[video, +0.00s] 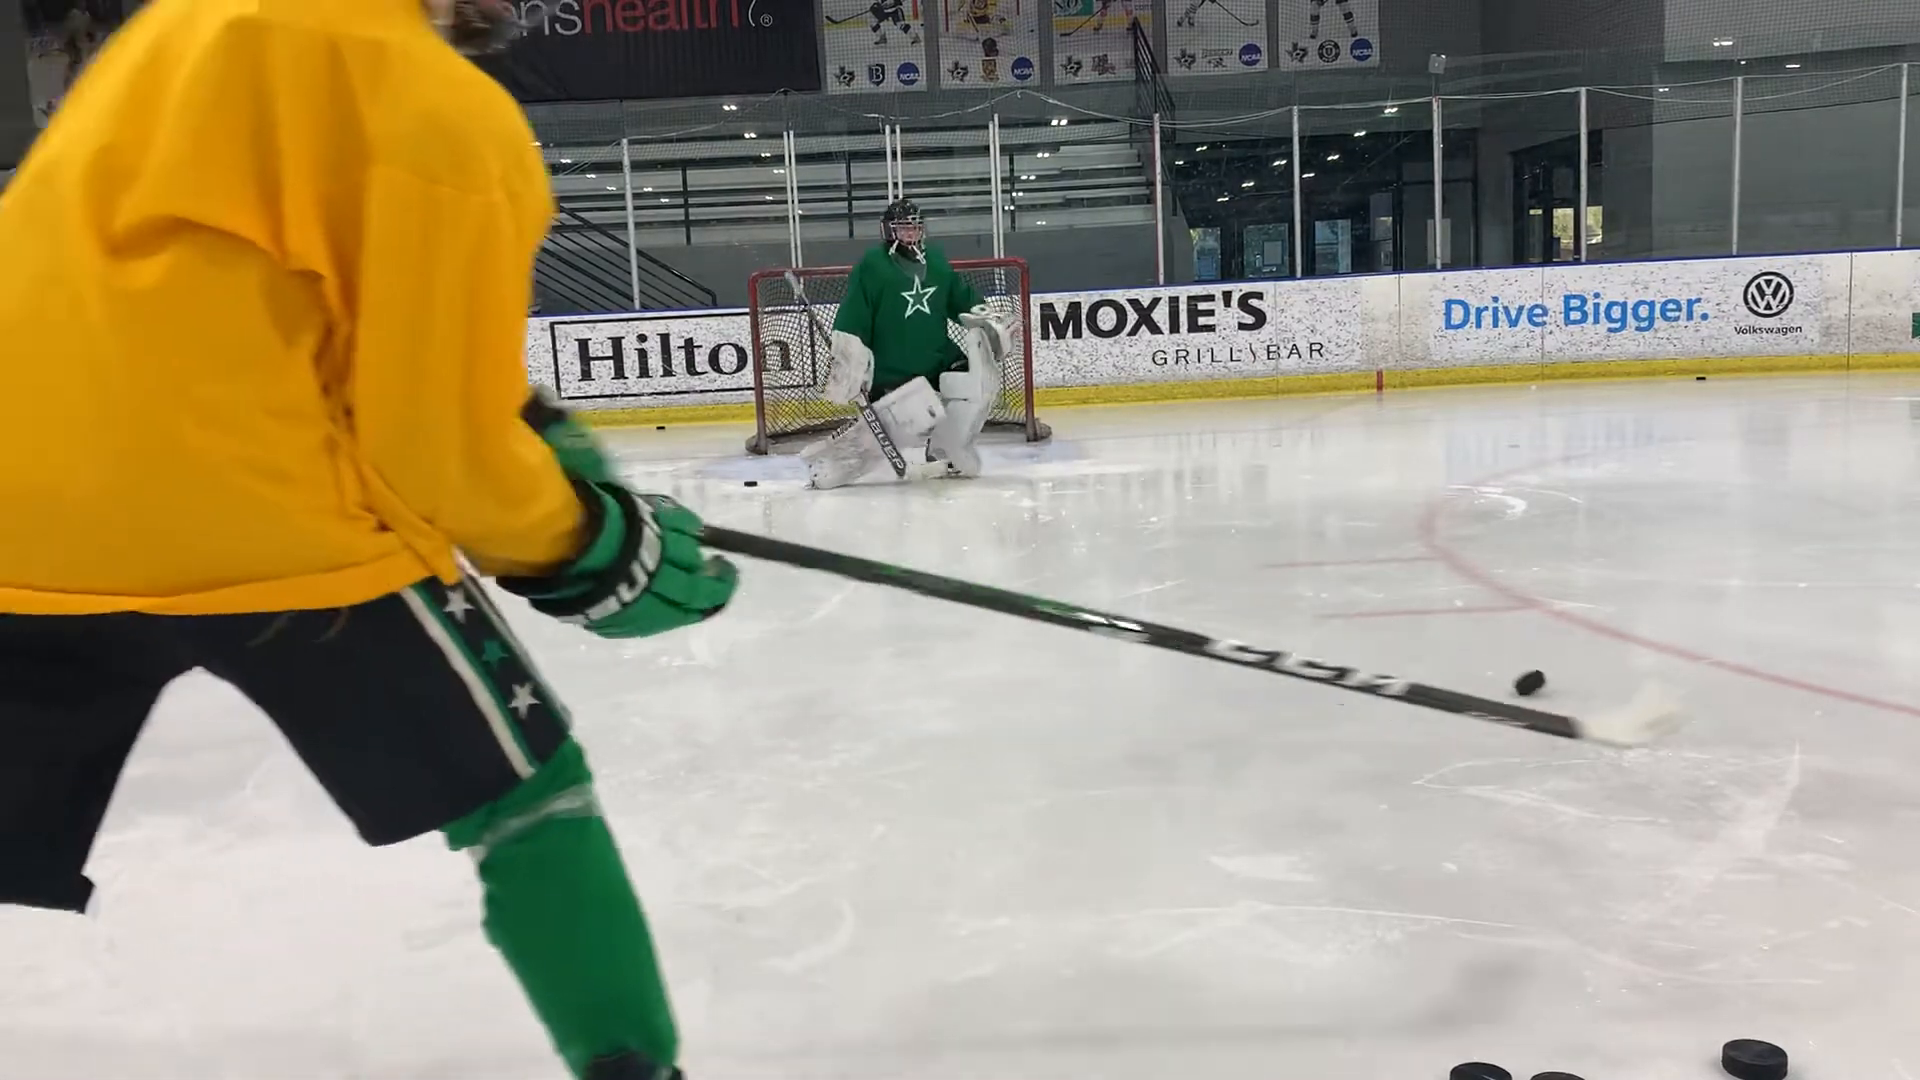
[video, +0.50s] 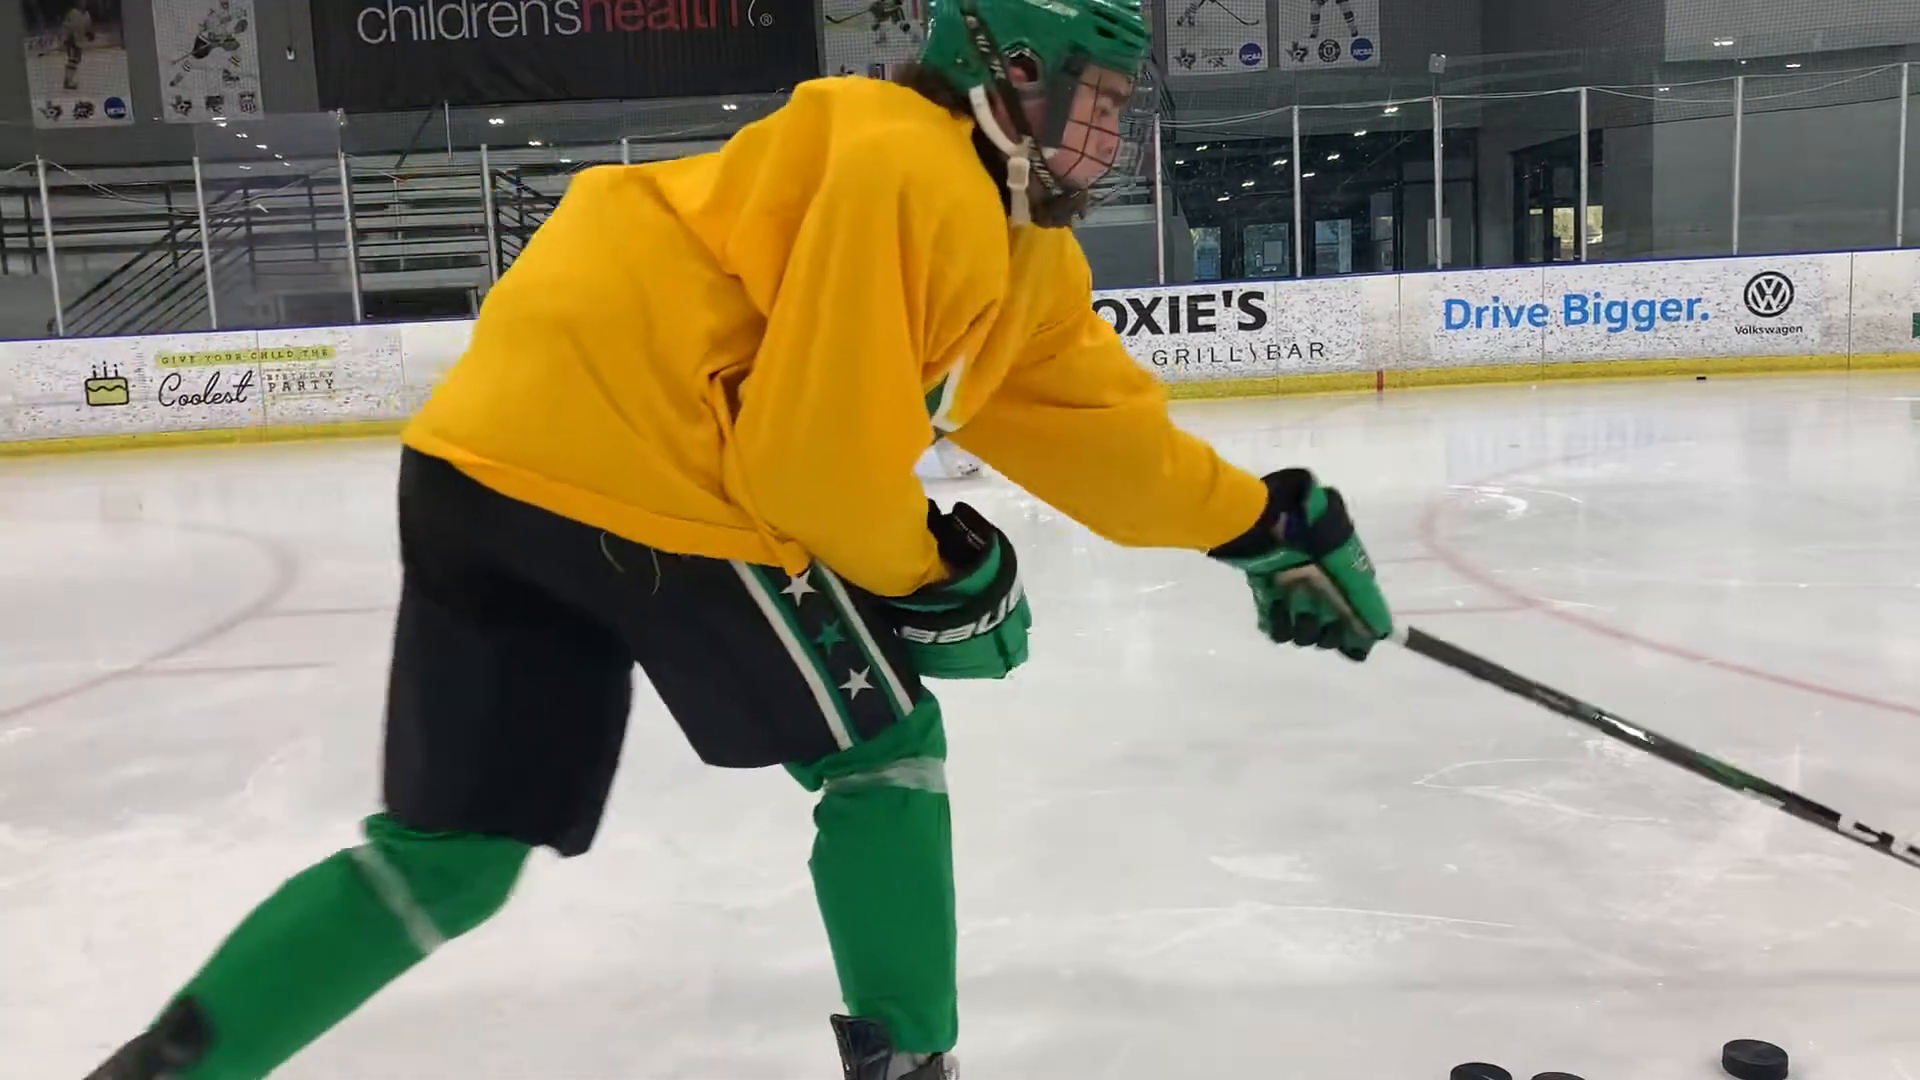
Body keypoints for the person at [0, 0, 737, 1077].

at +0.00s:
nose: (505, 18)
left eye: (508, 10)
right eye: (502, 5)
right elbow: (439, 441)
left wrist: (511, 428)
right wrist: (598, 553)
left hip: (34, 509)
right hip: (269, 506)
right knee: (524, 803)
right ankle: (630, 1057)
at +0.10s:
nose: (720, 22)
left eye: (738, 10)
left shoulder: (396, 47)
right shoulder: (606, 139)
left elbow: (527, 326)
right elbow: (560, 464)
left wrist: (743, 432)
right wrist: (683, 577)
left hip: (123, 485)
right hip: (379, 508)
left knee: (20, 863)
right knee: (621, 790)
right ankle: (721, 1059)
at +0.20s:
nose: (863, 49)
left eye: (869, 24)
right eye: (851, 18)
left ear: (722, 1)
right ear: (770, 7)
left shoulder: (586, 78)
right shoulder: (713, 149)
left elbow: (802, 348)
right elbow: (651, 483)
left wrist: (979, 437)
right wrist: (767, 578)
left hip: (243, 477)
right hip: (465, 508)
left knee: (95, 875)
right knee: (713, 779)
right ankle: (810, 1060)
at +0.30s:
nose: (982, 104)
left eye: (991, 77)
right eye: (963, 69)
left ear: (881, 70)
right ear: (867, 55)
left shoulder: (830, 190)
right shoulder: (792, 178)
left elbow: (965, 375)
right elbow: (721, 489)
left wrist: (1149, 453)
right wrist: (842, 571)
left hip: (355, 474)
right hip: (544, 506)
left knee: (192, 876)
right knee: (801, 768)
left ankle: (18, 1061)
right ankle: (869, 1061)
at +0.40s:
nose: (1061, 127)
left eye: (1069, 97)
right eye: (1040, 90)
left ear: (999, 100)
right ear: (941, 74)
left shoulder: (964, 245)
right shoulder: (846, 172)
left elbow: (1060, 404)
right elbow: (773, 480)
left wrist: (1253, 480)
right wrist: (904, 565)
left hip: (435, 476)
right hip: (596, 506)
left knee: (310, 865)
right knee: (854, 752)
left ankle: (62, 1072)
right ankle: (881, 1059)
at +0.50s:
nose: (1114, 135)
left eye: (1123, 105)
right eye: (1093, 97)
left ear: (1056, 104)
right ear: (998, 73)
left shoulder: (1013, 245)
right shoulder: (904, 165)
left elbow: (1087, 419)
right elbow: (809, 459)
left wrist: (1269, 528)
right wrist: (936, 571)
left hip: (483, 452)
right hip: (633, 479)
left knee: (452, 847)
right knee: (881, 745)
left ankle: (169, 1058)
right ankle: (904, 1051)